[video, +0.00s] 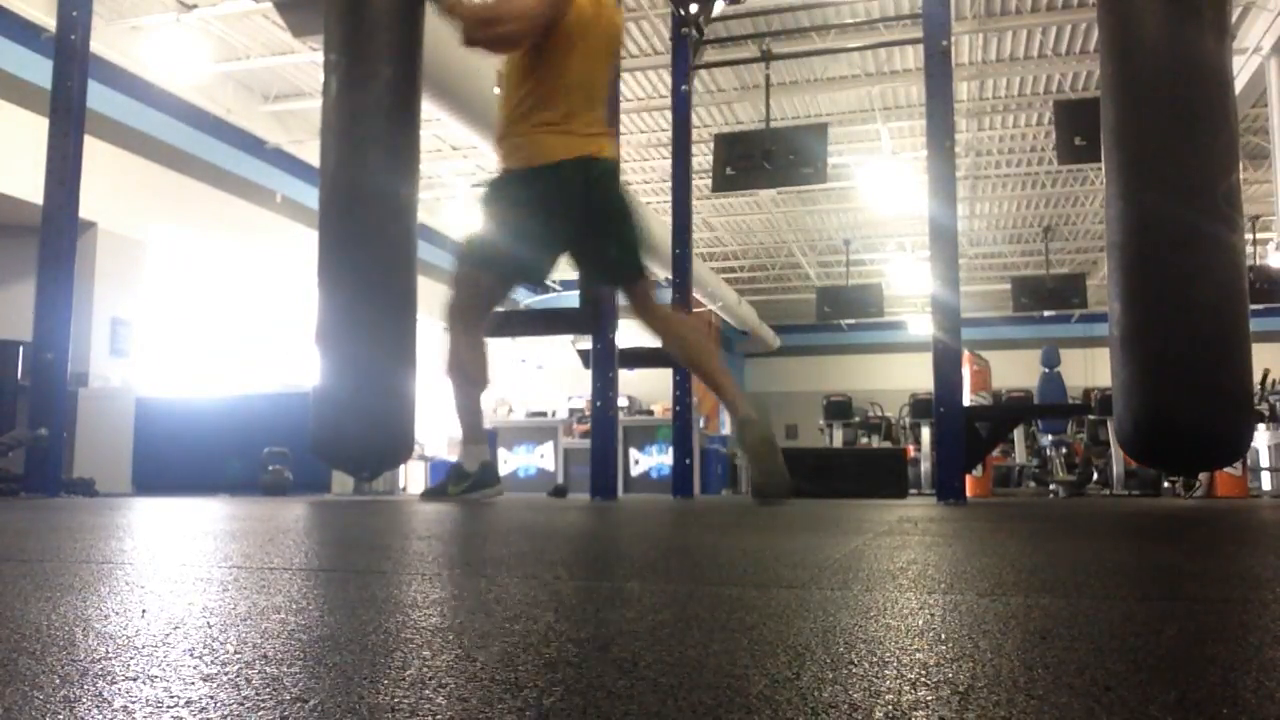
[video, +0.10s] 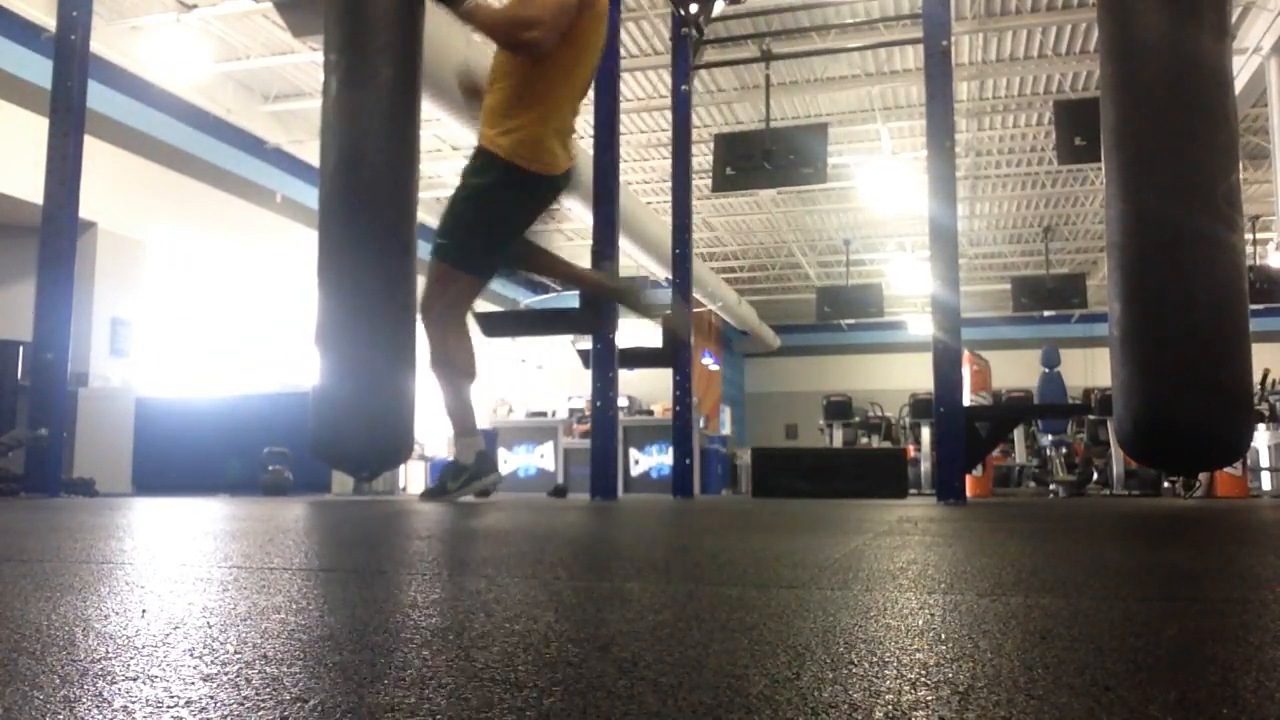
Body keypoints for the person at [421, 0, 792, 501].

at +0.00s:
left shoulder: (548, 1)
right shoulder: (605, 8)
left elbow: (496, 28)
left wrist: (451, 8)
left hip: (531, 181)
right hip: (596, 178)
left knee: (464, 315)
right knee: (651, 308)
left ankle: (475, 459)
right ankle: (745, 414)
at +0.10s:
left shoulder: (569, 1)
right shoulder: (588, 9)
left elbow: (535, 33)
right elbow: (562, 75)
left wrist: (464, 7)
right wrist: (494, 91)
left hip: (511, 156)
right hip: (542, 159)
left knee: (441, 307)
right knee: (492, 242)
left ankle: (469, 452)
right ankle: (608, 286)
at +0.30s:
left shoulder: (510, 2)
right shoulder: (583, 9)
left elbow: (469, 29)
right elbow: (599, 96)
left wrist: (434, 8)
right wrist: (566, 141)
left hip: (482, 139)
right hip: (528, 145)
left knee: (449, 302)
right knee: (434, 200)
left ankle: (462, 444)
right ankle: (395, 257)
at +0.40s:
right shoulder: (579, 9)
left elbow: (433, 23)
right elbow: (590, 102)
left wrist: (415, 4)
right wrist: (538, 119)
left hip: (482, 150)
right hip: (539, 155)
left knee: (444, 307)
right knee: (477, 236)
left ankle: (463, 450)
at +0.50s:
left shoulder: (496, 1)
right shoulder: (579, 10)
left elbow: (427, 26)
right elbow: (570, 112)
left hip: (485, 161)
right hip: (548, 165)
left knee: (447, 316)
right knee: (523, 289)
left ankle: (466, 461)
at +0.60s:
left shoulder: (511, 2)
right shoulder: (586, 8)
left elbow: (449, 28)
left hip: (504, 158)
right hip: (568, 159)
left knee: (469, 315)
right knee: (578, 312)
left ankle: (466, 458)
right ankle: (638, 439)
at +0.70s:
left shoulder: (523, 1)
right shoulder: (589, 9)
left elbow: (476, 39)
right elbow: (534, 73)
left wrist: (436, 23)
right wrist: (478, 47)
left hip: (529, 140)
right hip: (594, 142)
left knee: (460, 290)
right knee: (612, 311)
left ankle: (492, 434)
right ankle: (647, 463)